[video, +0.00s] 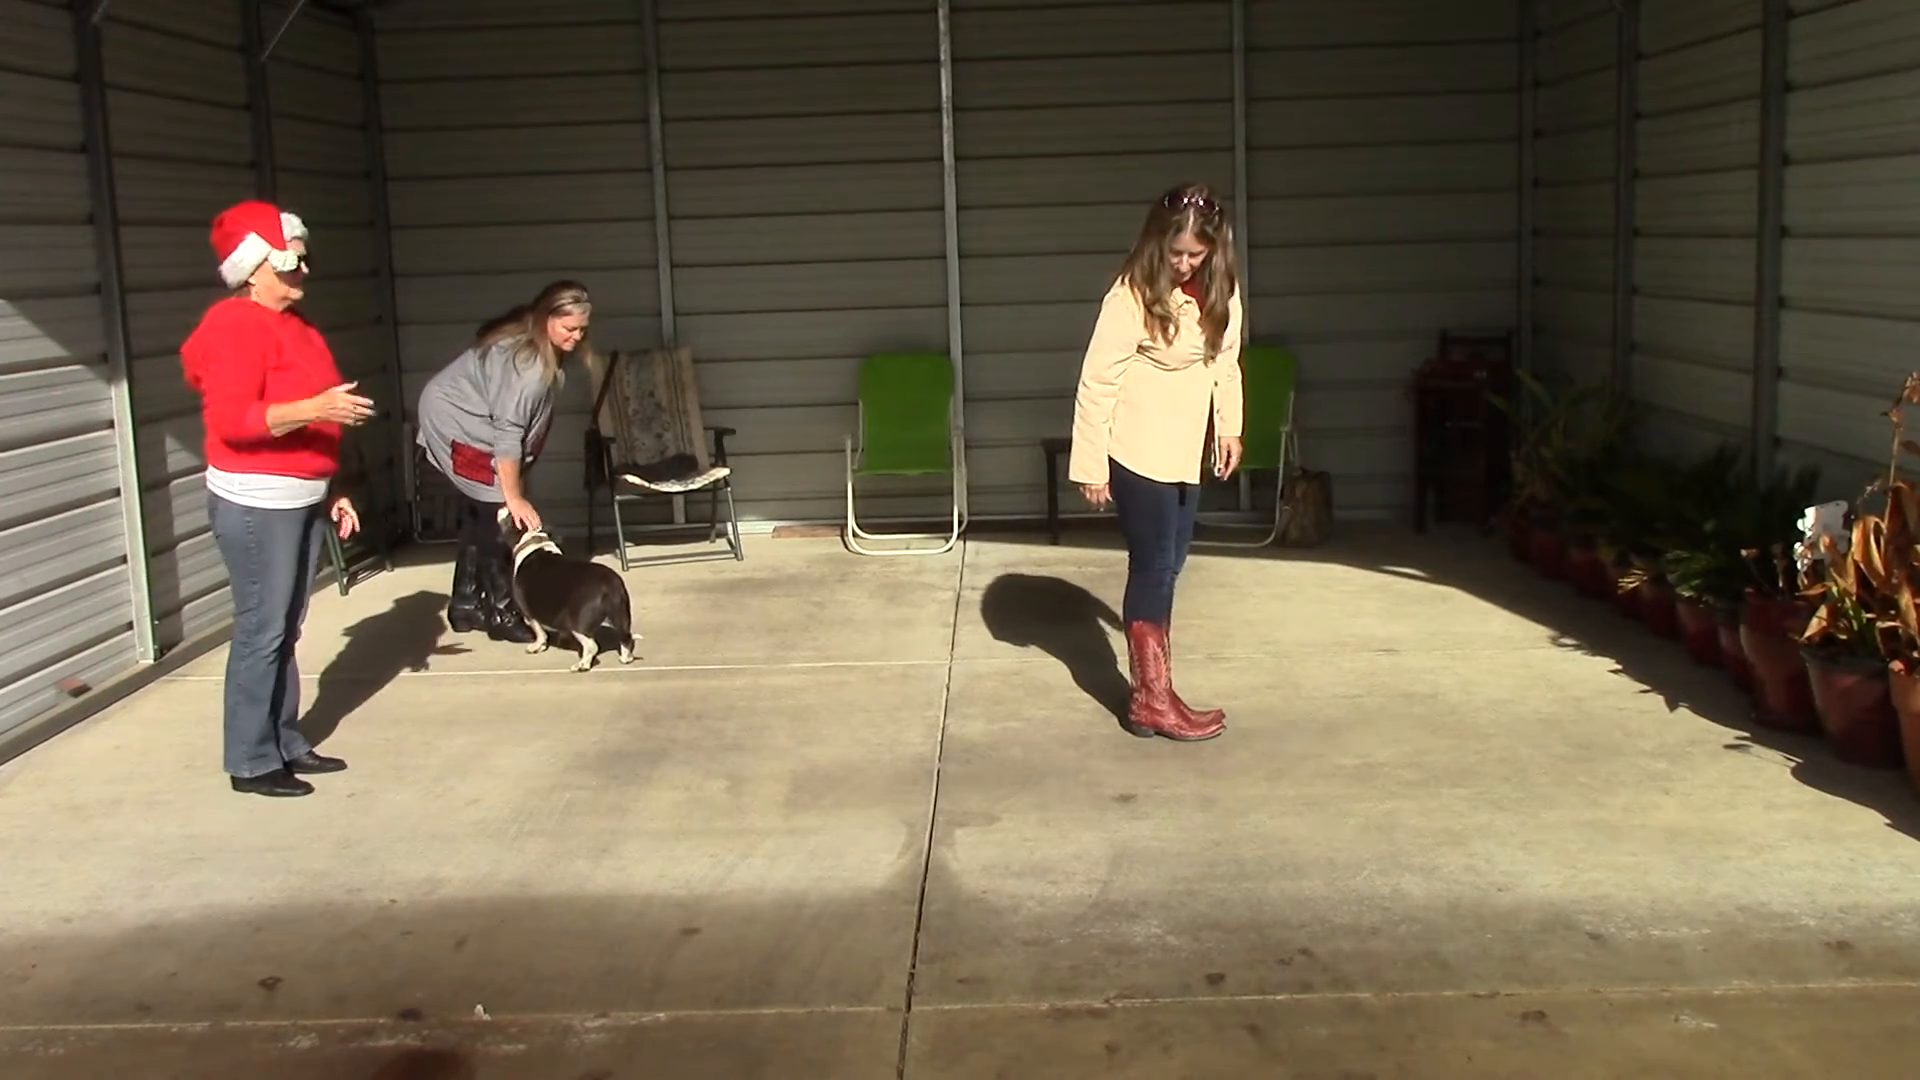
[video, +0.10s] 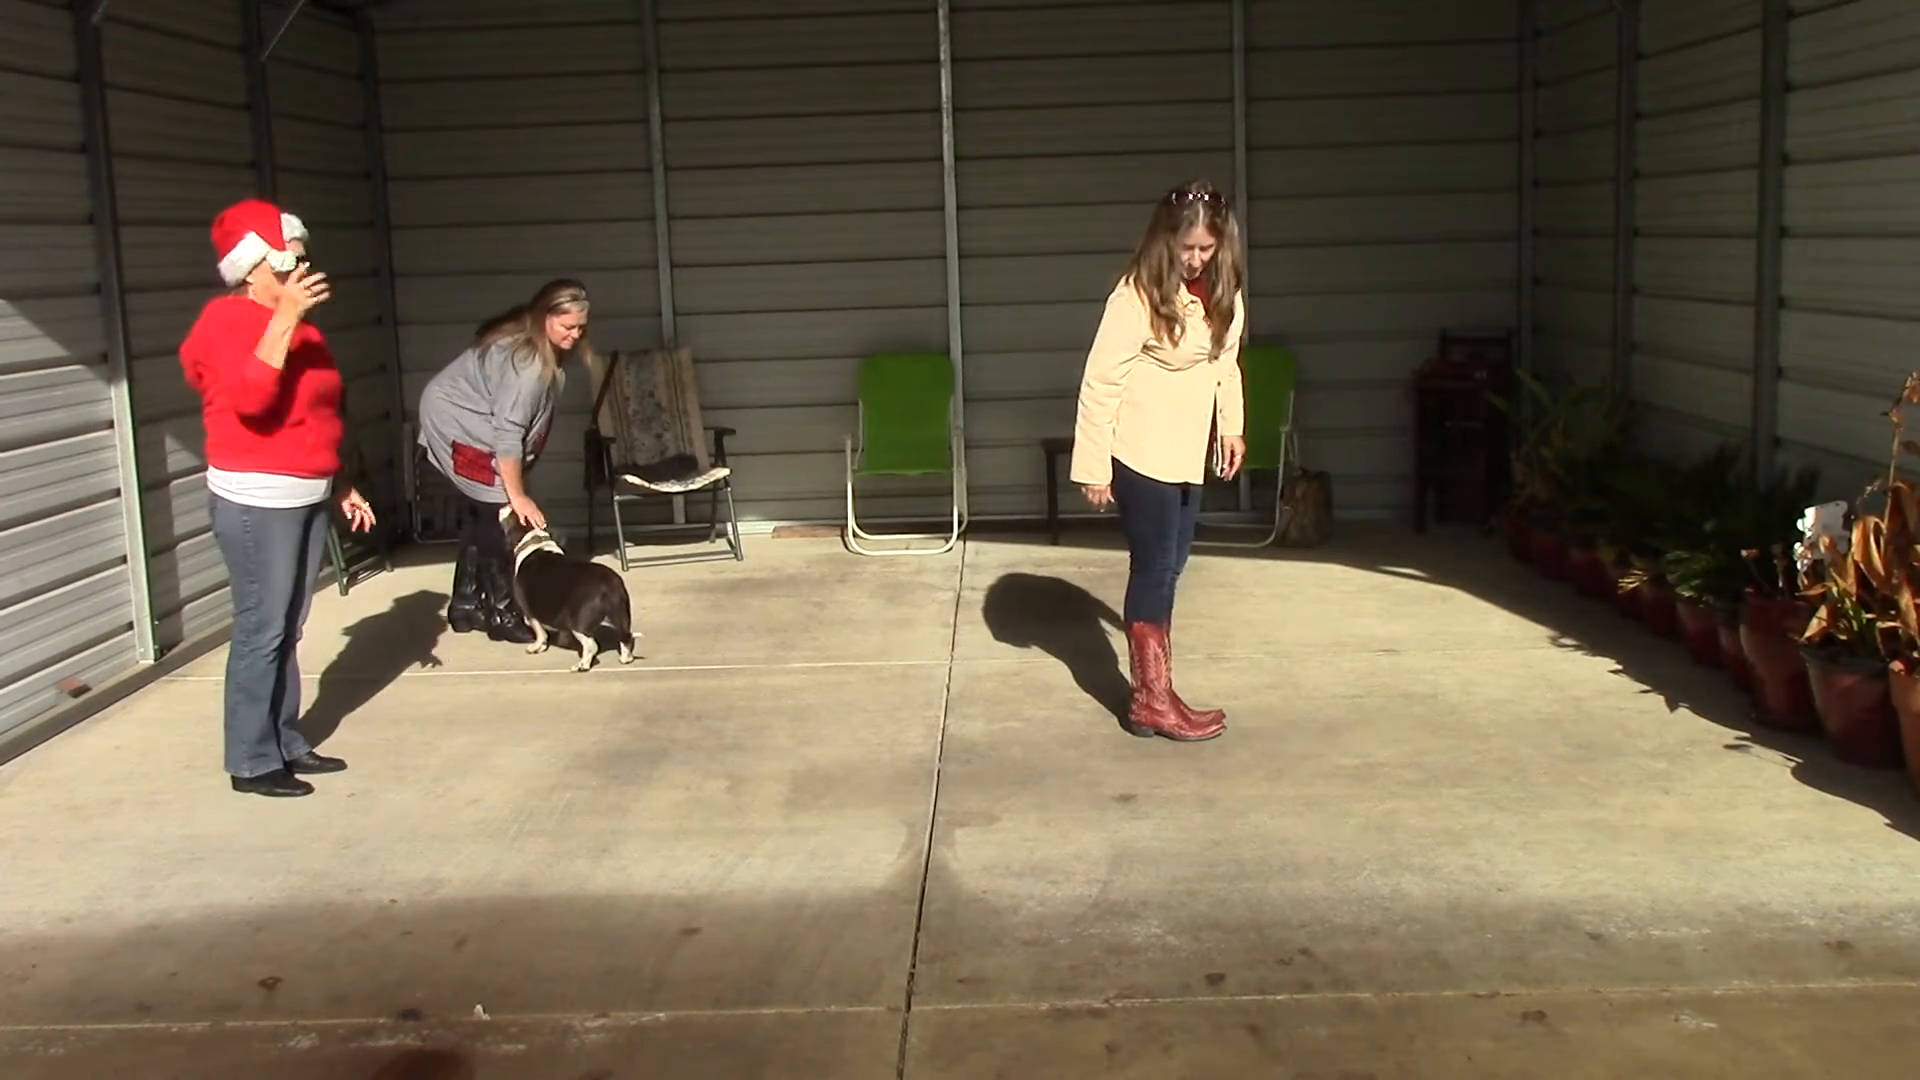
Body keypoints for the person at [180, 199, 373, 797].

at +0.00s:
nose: (302, 272)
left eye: (303, 261)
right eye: (289, 263)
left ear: (297, 261)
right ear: (252, 267)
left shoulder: (299, 329)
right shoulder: (231, 326)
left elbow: (313, 419)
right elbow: (230, 421)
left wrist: (331, 488)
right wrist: (313, 408)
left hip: (299, 497)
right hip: (253, 500)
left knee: (284, 631)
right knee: (260, 633)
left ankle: (281, 744)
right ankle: (249, 761)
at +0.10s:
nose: (297, 273)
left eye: (298, 263)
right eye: (284, 264)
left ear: (297, 263)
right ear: (247, 270)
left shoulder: (301, 326)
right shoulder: (224, 321)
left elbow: (316, 413)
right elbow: (250, 399)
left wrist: (340, 484)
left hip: (305, 496)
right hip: (255, 499)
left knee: (287, 628)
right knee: (260, 631)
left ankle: (282, 743)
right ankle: (249, 761)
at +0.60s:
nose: (296, 273)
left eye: (297, 262)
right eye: (284, 262)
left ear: (290, 267)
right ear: (242, 264)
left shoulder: (289, 333)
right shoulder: (209, 319)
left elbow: (315, 419)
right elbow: (254, 305)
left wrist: (335, 492)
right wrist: (257, 244)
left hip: (304, 495)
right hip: (252, 497)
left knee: (285, 631)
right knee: (262, 631)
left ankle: (282, 743)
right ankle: (250, 763)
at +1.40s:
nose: (280, 265)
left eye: (277, 256)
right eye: (270, 256)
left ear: (247, 268)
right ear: (240, 269)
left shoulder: (265, 322)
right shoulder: (206, 316)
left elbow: (291, 416)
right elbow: (223, 361)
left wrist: (317, 494)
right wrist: (270, 284)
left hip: (292, 494)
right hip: (245, 498)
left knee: (281, 628)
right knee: (259, 629)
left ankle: (282, 742)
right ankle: (250, 762)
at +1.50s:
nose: (287, 273)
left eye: (286, 263)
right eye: (278, 263)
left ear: (249, 268)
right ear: (243, 266)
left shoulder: (266, 326)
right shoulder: (212, 317)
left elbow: (291, 422)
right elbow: (207, 389)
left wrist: (314, 500)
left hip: (290, 492)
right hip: (246, 496)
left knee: (281, 628)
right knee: (260, 629)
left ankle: (281, 743)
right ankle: (250, 762)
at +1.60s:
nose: (289, 273)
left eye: (288, 263)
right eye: (280, 263)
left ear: (251, 269)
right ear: (245, 267)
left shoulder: (259, 322)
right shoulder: (221, 320)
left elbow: (265, 411)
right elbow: (204, 410)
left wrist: (297, 482)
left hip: (281, 493)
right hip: (243, 497)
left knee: (281, 626)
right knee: (260, 628)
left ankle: (282, 743)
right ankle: (251, 762)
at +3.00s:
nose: (322, 283)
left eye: (321, 273)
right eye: (312, 273)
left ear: (282, 279)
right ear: (275, 278)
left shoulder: (295, 334)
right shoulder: (247, 334)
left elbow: (310, 425)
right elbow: (240, 434)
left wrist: (342, 494)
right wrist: (284, 509)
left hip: (308, 499)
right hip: (269, 501)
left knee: (294, 624)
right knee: (326, 617)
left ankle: (279, 742)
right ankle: (276, 745)